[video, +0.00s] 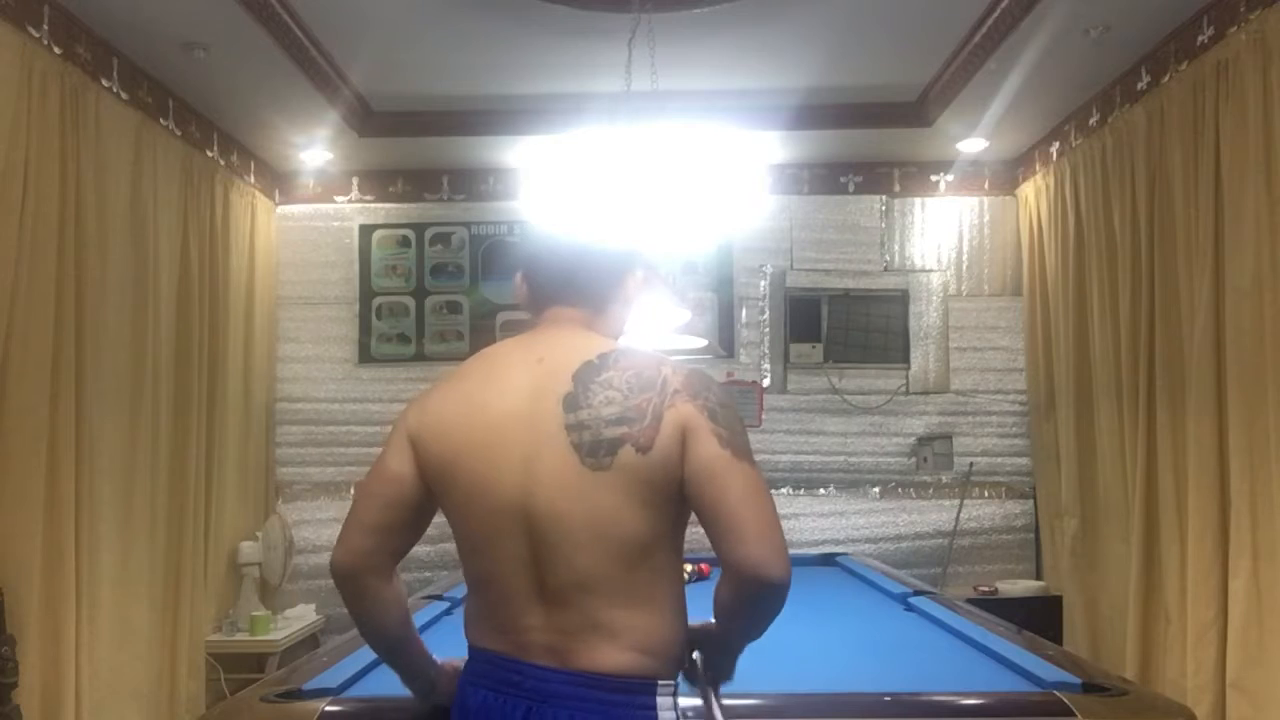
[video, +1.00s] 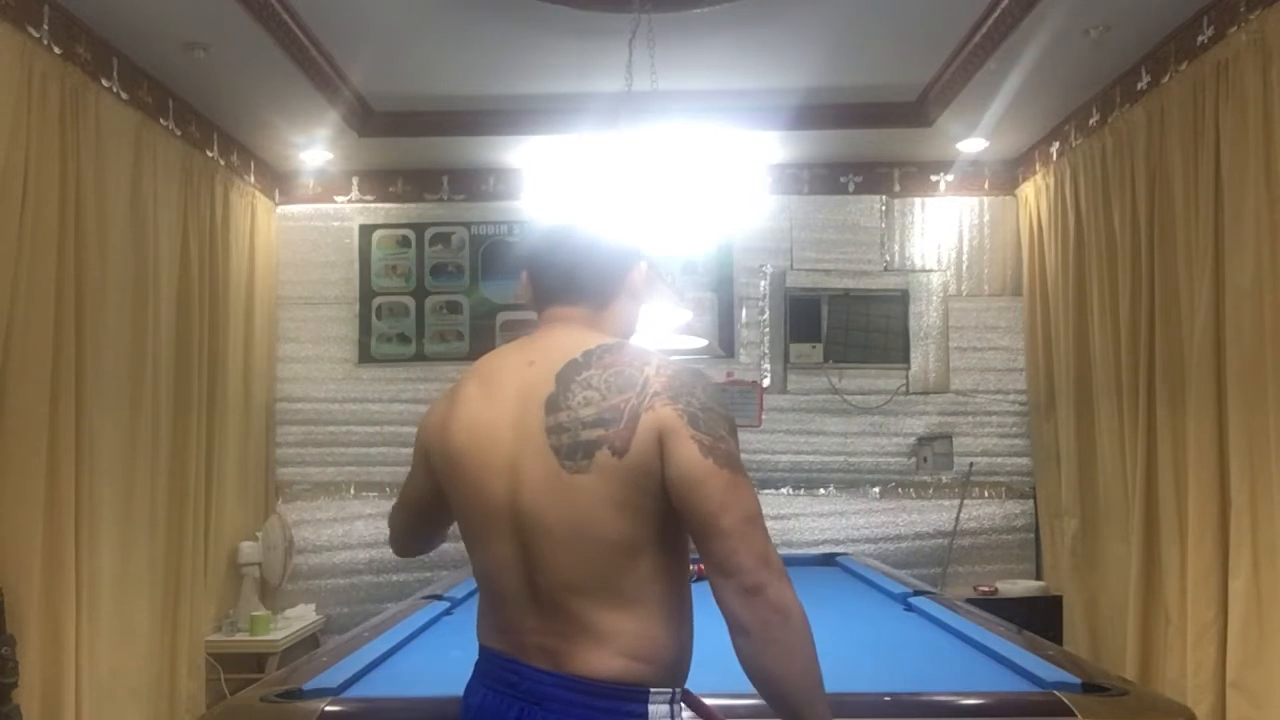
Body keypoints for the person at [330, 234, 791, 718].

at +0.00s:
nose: (644, 293)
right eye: (643, 280)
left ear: (525, 286)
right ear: (630, 283)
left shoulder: (444, 399)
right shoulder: (675, 392)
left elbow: (357, 562)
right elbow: (762, 568)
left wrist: (426, 678)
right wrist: (722, 646)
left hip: (487, 699)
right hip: (622, 702)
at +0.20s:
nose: (645, 297)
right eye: (645, 285)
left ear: (524, 289)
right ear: (632, 286)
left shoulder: (454, 400)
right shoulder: (674, 393)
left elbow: (376, 566)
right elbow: (757, 578)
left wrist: (462, 650)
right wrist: (711, 659)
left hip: (492, 699)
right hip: (635, 702)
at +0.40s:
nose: (650, 293)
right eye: (649, 280)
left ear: (524, 287)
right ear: (634, 282)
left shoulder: (456, 404)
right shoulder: (670, 390)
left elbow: (433, 582)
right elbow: (748, 581)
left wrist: (518, 622)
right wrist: (706, 659)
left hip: (491, 697)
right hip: (629, 704)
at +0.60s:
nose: (649, 293)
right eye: (647, 278)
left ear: (526, 288)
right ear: (635, 280)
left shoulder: (458, 402)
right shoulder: (659, 387)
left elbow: (452, 580)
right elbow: (745, 589)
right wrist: (756, 704)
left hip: (491, 694)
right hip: (623, 703)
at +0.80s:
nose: (647, 297)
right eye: (648, 282)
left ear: (527, 287)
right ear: (636, 281)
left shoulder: (461, 397)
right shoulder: (664, 390)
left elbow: (428, 544)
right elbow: (747, 583)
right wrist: (799, 710)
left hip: (492, 695)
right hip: (621, 703)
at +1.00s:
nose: (647, 292)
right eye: (647, 280)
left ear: (529, 285)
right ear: (636, 280)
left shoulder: (461, 397)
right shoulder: (667, 389)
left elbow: (408, 536)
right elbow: (752, 586)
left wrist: (471, 456)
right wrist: (811, 711)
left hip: (494, 694)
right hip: (624, 701)